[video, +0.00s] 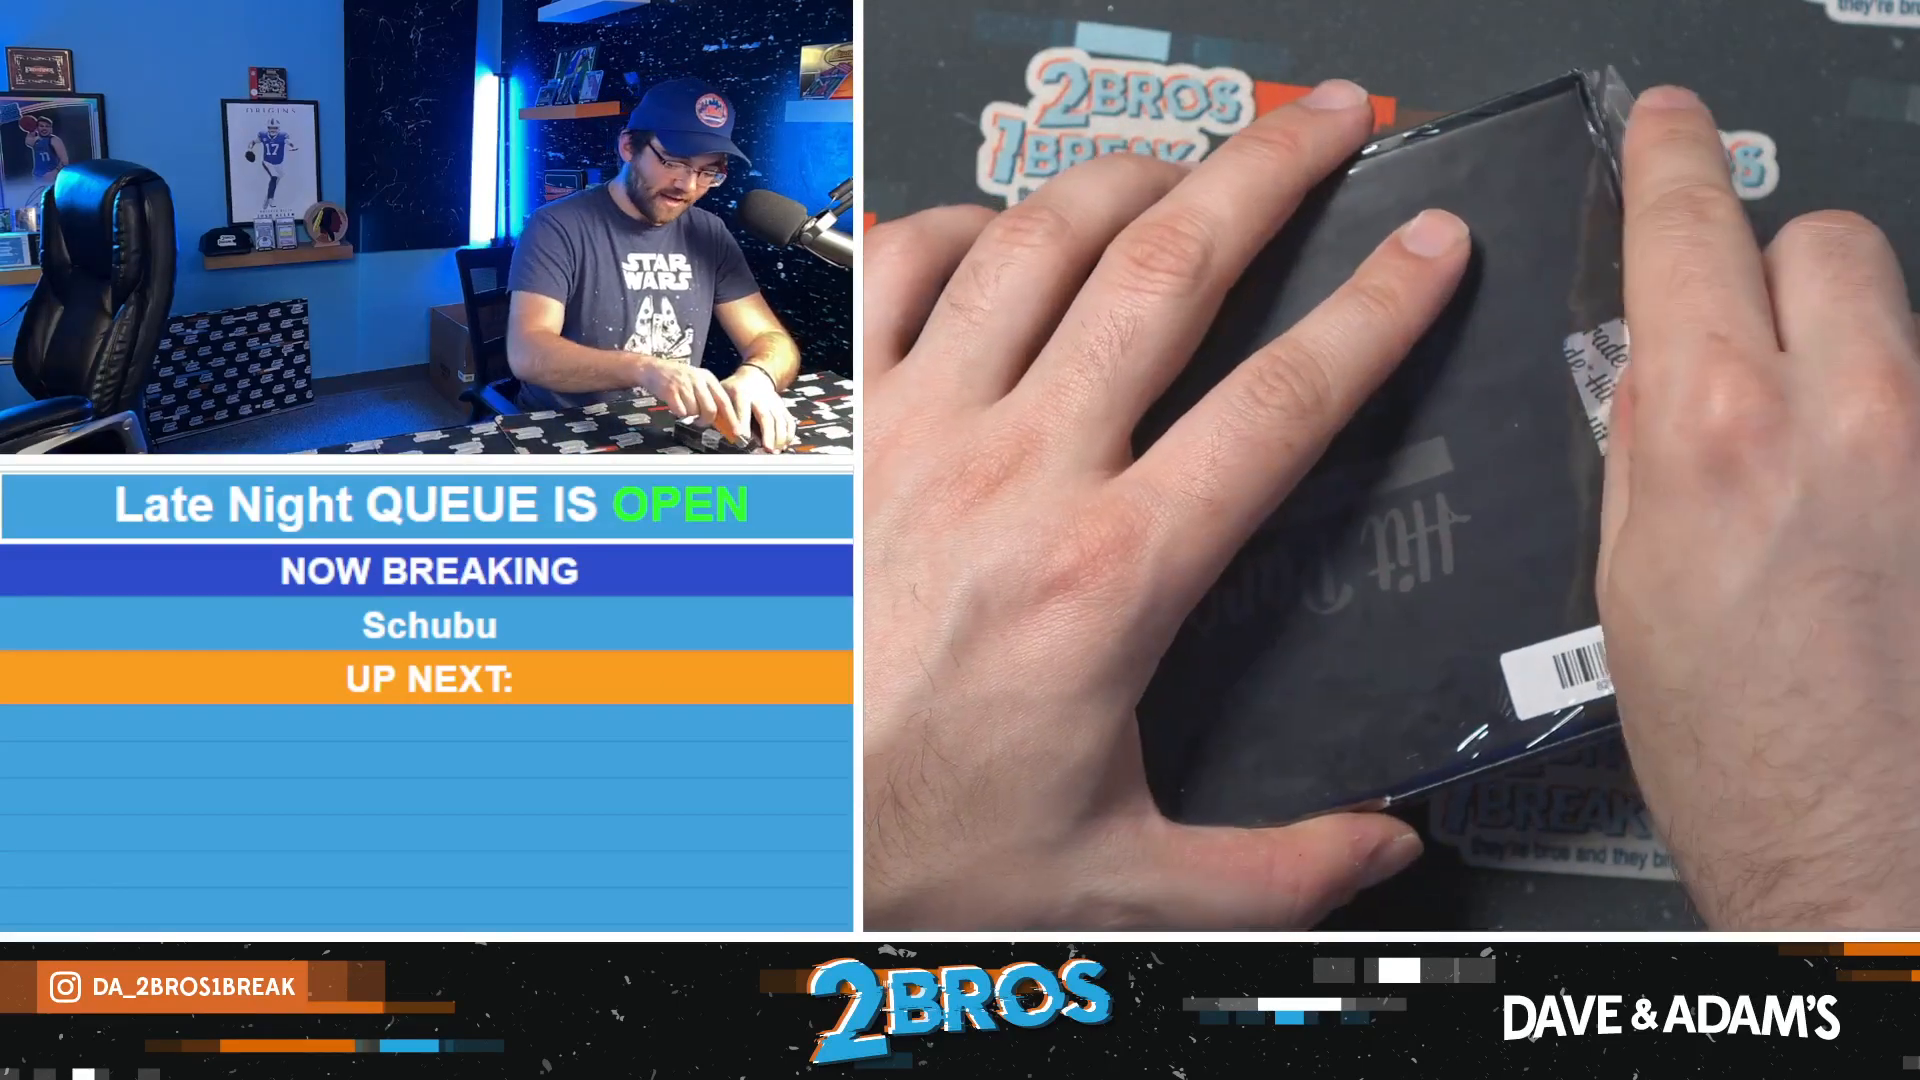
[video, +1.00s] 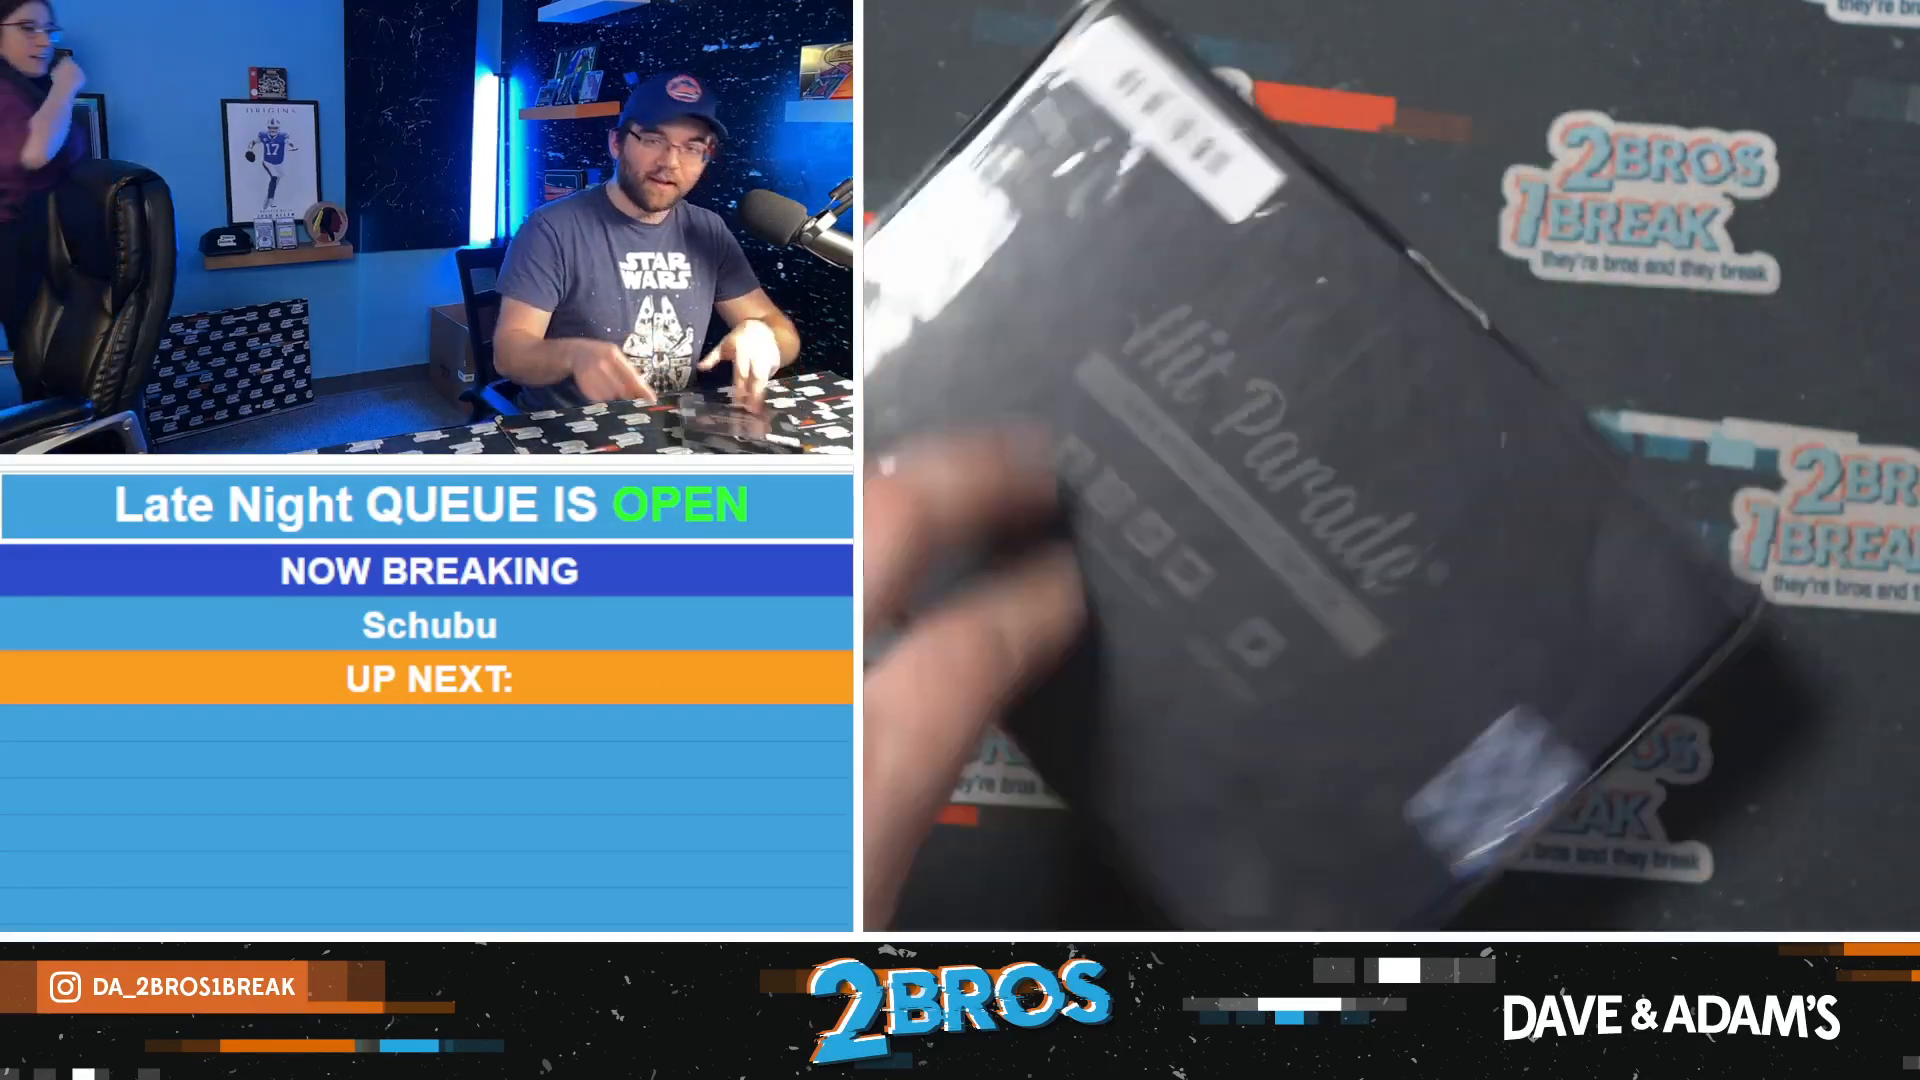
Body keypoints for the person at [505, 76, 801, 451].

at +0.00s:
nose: (688, 186)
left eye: (707, 171)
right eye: (673, 162)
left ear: (718, 172)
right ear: (628, 146)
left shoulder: (707, 234)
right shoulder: (557, 229)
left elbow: (772, 341)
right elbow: (528, 352)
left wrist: (756, 375)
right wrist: (643, 369)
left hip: (679, 451)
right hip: (573, 451)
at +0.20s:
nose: (689, 186)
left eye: (708, 172)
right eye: (674, 163)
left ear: (719, 173)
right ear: (629, 147)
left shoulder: (707, 234)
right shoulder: (557, 228)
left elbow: (772, 341)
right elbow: (529, 350)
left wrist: (755, 374)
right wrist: (646, 368)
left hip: (679, 450)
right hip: (573, 451)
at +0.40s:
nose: (689, 187)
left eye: (708, 172)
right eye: (674, 163)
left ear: (718, 174)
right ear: (629, 147)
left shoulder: (707, 234)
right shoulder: (557, 227)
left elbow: (771, 341)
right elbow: (532, 347)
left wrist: (756, 373)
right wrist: (655, 360)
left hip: (679, 450)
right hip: (572, 453)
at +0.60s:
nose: (689, 186)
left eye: (708, 172)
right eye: (676, 162)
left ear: (719, 174)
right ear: (630, 146)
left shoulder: (707, 234)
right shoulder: (558, 226)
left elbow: (771, 340)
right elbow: (521, 343)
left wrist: (755, 372)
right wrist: (637, 344)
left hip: (678, 452)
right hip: (573, 453)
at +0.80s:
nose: (686, 178)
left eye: (704, 163)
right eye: (671, 154)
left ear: (716, 169)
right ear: (626, 145)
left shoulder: (708, 236)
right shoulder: (555, 229)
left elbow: (769, 338)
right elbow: (508, 349)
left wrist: (750, 359)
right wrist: (599, 335)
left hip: (673, 449)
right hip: (567, 452)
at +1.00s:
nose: (670, 162)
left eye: (691, 147)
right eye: (653, 139)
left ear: (705, 160)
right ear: (617, 143)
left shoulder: (706, 233)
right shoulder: (550, 232)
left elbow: (780, 333)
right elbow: (509, 354)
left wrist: (761, 336)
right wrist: (572, 354)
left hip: (680, 449)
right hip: (574, 453)